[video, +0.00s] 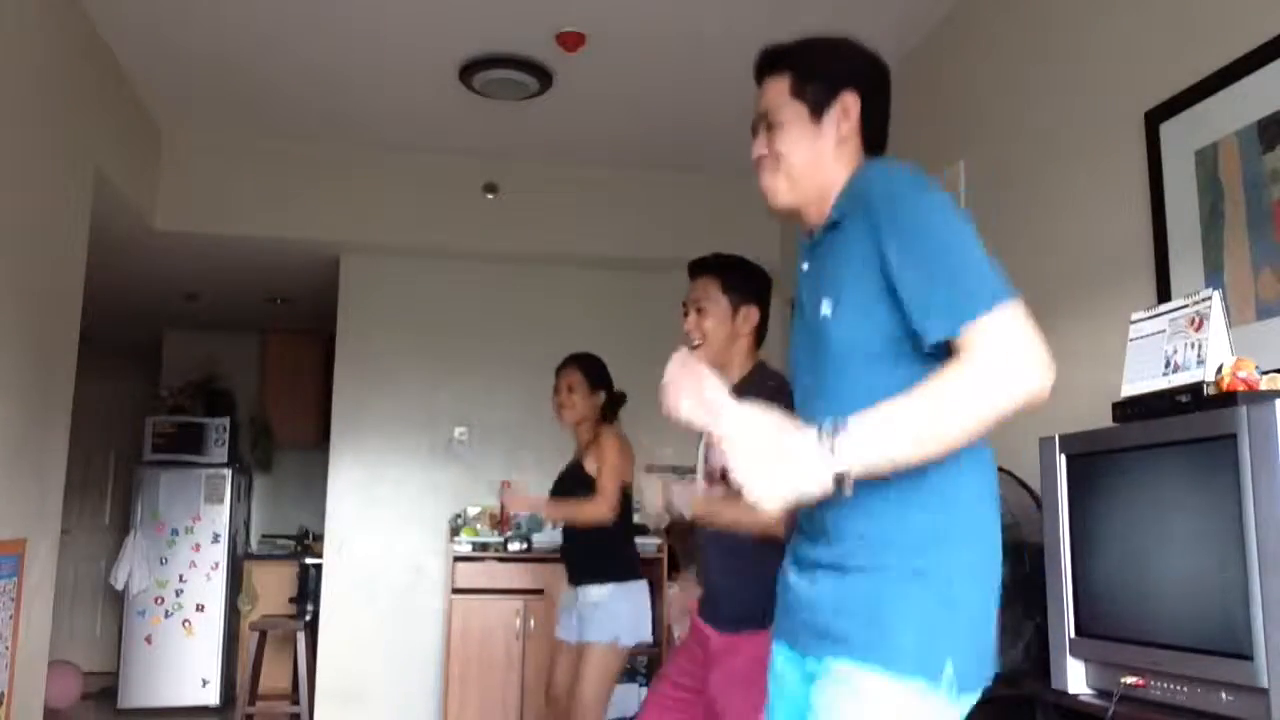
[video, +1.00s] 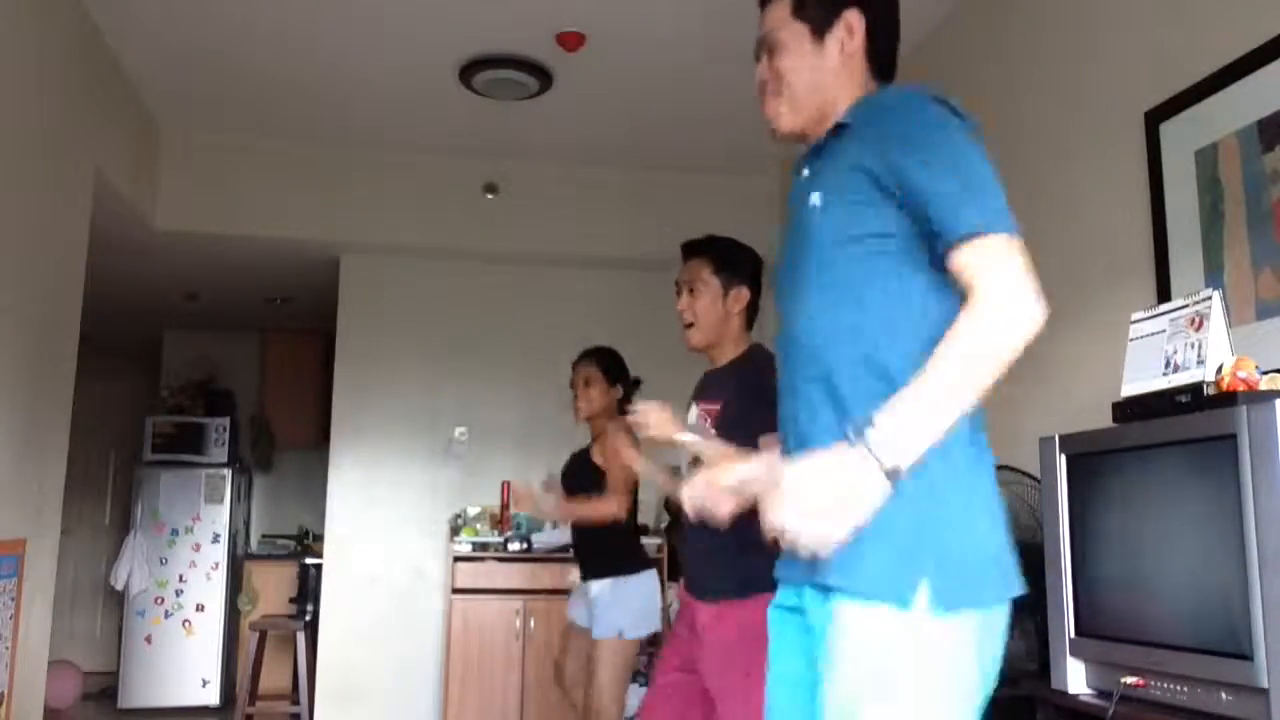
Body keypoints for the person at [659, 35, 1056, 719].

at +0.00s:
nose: (756, 148)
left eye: (772, 123)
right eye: (756, 129)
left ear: (843, 119)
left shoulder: (891, 195)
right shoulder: (816, 252)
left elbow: (1016, 360)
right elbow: (837, 433)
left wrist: (825, 453)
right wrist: (736, 426)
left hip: (898, 637)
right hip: (811, 623)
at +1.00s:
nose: (760, 74)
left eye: (772, 47)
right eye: (759, 55)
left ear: (847, 35)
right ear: (840, 39)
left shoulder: (902, 119)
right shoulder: (812, 178)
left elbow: (1011, 299)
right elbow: (861, 398)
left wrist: (870, 462)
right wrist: (762, 466)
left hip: (915, 579)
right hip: (815, 575)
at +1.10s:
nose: (757, 113)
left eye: (773, 87)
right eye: (757, 94)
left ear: (848, 78)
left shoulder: (914, 185)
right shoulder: (816, 228)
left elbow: (997, 388)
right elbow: (860, 430)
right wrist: (746, 448)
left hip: (936, 627)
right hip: (817, 619)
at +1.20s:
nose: (754, 139)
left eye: (770, 112)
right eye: (757, 119)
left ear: (844, 104)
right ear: (842, 108)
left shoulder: (915, 232)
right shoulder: (822, 262)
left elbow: (1010, 448)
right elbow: (877, 461)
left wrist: (907, 600)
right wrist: (780, 498)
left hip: (946, 636)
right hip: (839, 625)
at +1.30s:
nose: (758, 115)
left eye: (773, 85)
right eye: (759, 92)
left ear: (847, 70)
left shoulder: (933, 196)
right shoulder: (820, 228)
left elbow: (1021, 405)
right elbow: (837, 425)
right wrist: (770, 517)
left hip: (933, 656)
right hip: (823, 635)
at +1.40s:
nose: (760, 76)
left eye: (772, 47)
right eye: (758, 57)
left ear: (846, 28)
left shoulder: (910, 117)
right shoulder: (821, 181)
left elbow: (1007, 294)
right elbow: (840, 414)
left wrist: (798, 373)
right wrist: (717, 420)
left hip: (915, 597)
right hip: (811, 588)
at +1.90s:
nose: (783, 99)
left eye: (796, 72)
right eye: (781, 82)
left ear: (875, 51)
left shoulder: (954, 143)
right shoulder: (831, 221)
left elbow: (929, 286)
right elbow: (746, 346)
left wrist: (789, 347)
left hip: (918, 601)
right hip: (799, 590)